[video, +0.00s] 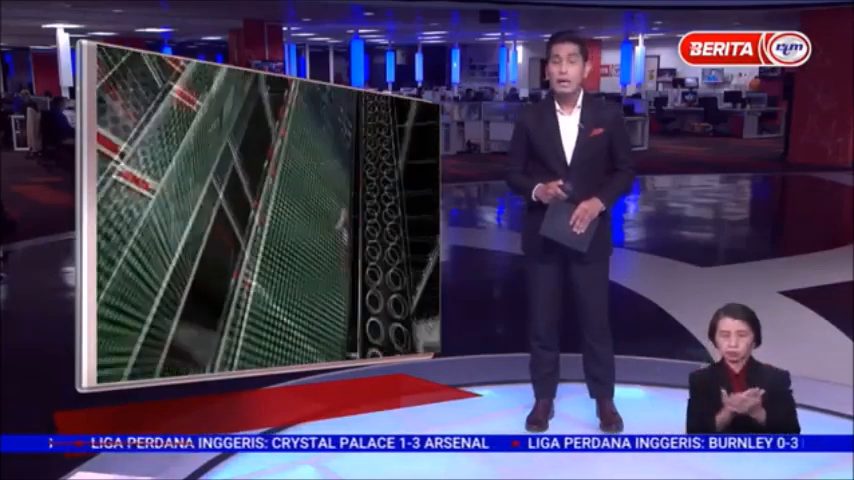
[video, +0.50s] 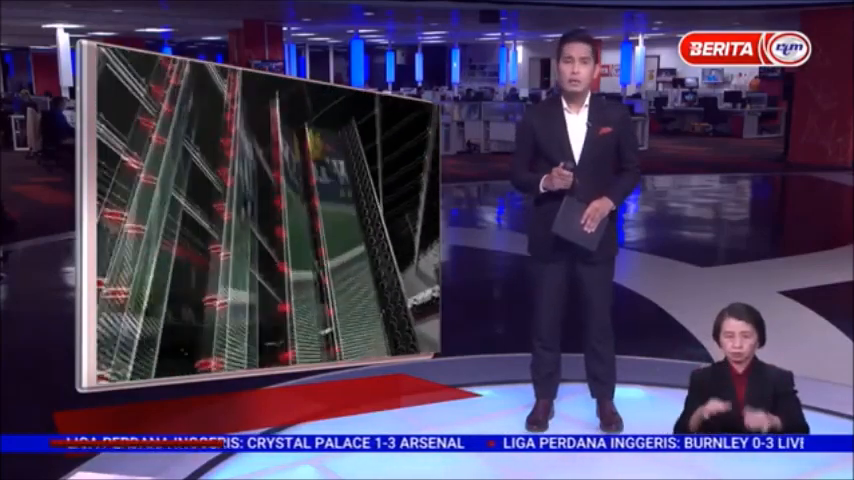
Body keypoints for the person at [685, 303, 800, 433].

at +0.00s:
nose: (733, 343)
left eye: (742, 335)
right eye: (725, 335)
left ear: (755, 340)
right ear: (714, 340)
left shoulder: (776, 379)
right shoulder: (701, 380)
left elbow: (791, 432)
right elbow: (695, 434)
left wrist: (757, 413)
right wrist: (728, 411)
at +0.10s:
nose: (734, 344)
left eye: (743, 335)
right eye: (726, 335)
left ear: (756, 340)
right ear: (716, 340)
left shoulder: (776, 379)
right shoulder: (702, 380)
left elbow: (793, 433)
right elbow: (693, 435)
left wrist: (761, 407)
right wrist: (721, 402)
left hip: (766, 462)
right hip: (715, 462)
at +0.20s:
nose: (735, 345)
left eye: (744, 337)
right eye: (727, 337)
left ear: (756, 341)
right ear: (717, 341)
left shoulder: (777, 379)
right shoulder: (702, 378)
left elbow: (796, 434)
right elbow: (690, 435)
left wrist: (771, 407)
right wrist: (710, 399)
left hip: (765, 462)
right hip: (714, 462)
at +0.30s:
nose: (736, 345)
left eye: (745, 336)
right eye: (728, 337)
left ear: (758, 341)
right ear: (718, 341)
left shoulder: (778, 379)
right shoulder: (703, 378)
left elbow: (801, 429)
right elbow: (682, 432)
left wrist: (776, 412)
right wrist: (701, 404)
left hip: (767, 464)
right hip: (715, 463)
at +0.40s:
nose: (737, 344)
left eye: (745, 336)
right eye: (729, 336)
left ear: (758, 340)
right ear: (718, 341)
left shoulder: (779, 379)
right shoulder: (702, 378)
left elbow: (801, 430)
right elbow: (681, 433)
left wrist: (774, 414)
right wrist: (701, 405)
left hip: (767, 465)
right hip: (714, 464)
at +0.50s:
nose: (737, 344)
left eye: (745, 336)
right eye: (729, 336)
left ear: (758, 340)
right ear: (719, 340)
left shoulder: (779, 379)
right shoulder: (702, 379)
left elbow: (801, 430)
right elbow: (680, 433)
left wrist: (772, 422)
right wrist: (701, 414)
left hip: (767, 465)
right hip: (712, 464)